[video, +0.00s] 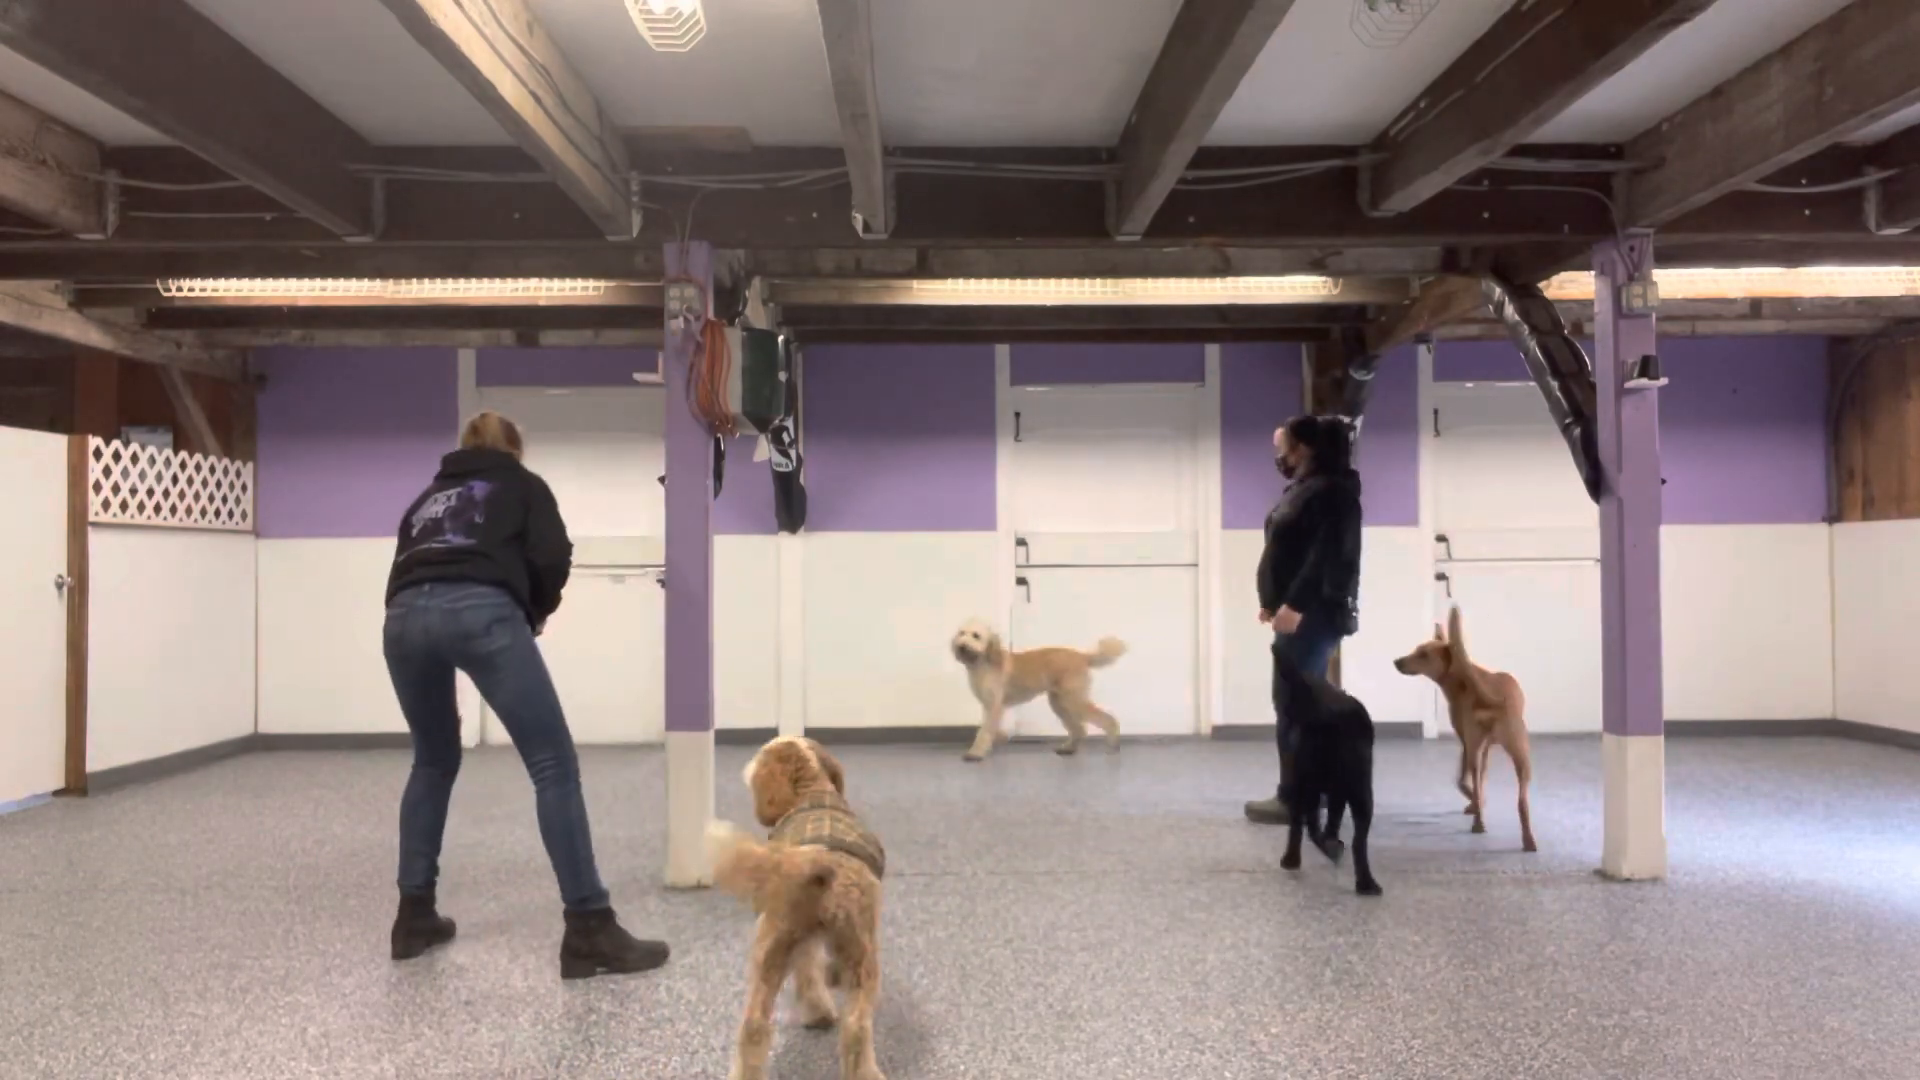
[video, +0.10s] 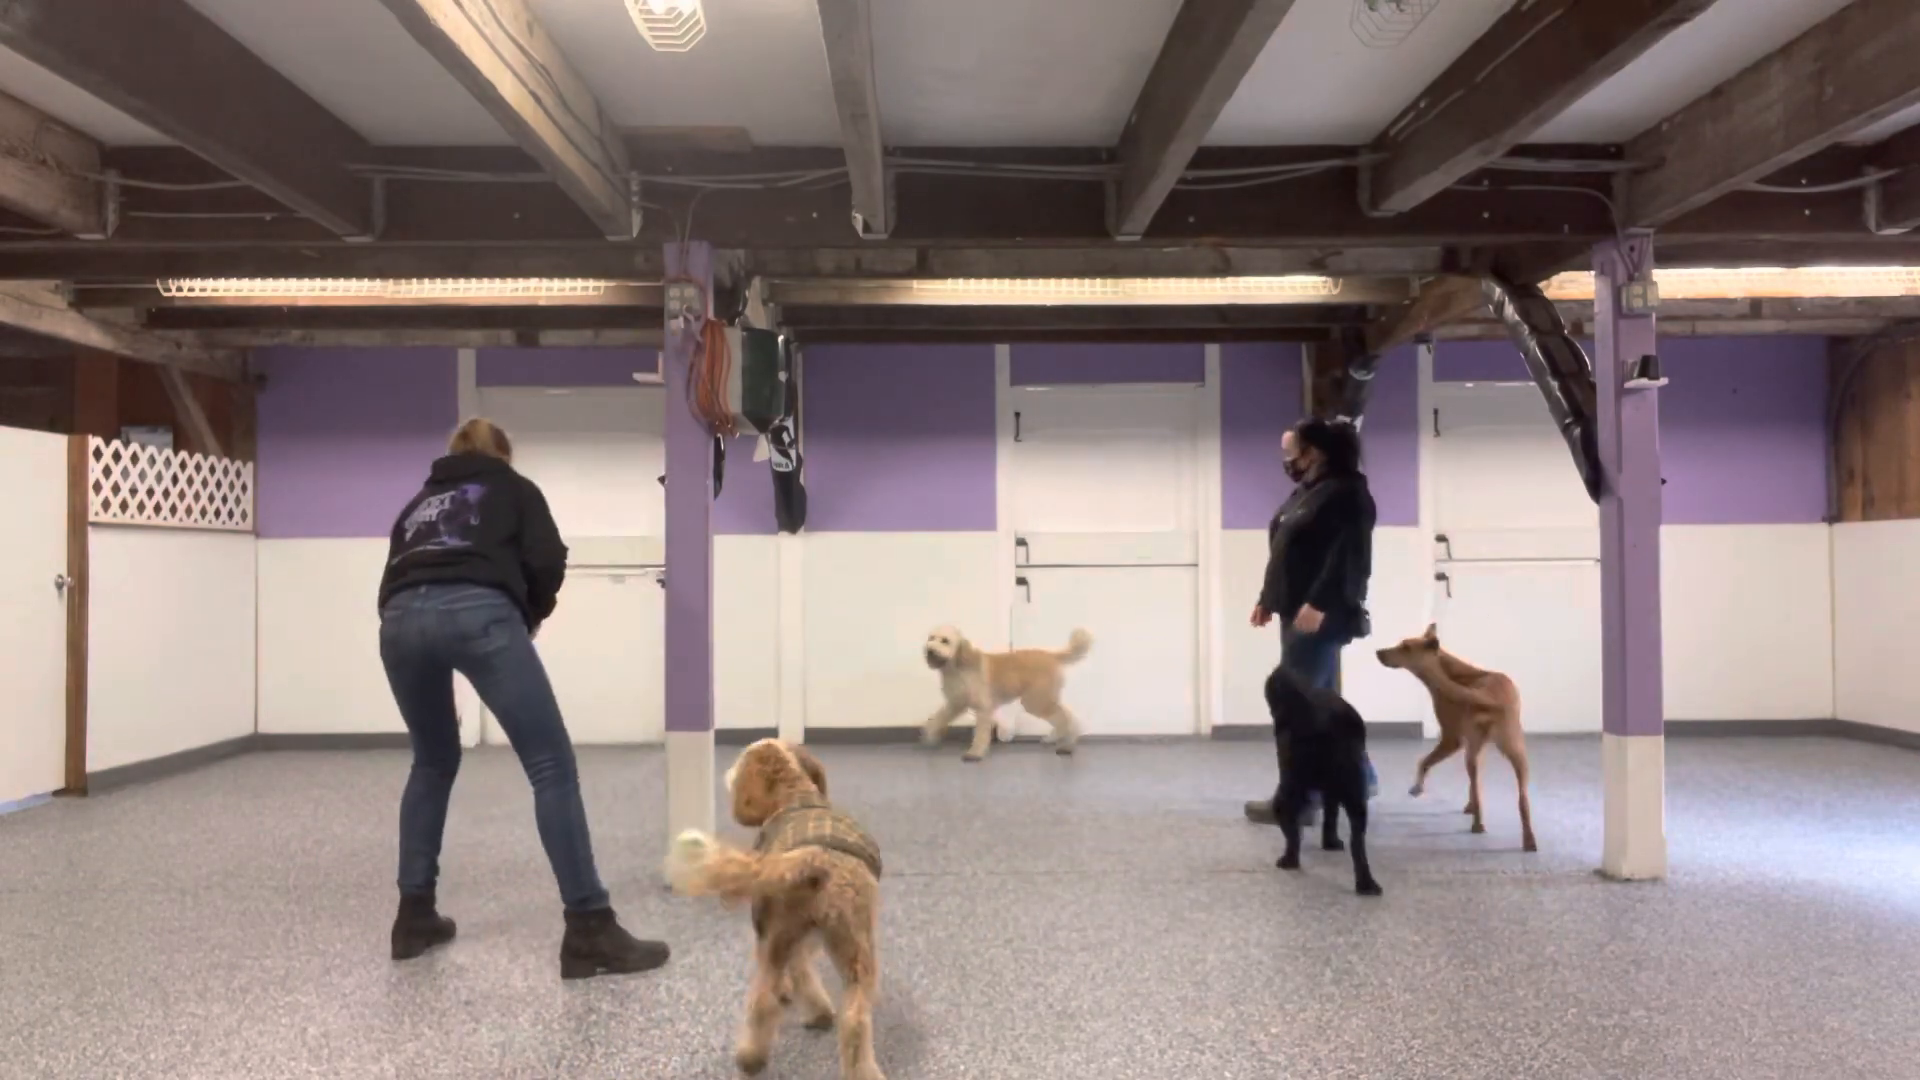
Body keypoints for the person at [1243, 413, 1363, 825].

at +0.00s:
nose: (1282, 457)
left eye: (1287, 448)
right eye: (1282, 449)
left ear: (1307, 448)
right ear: (1305, 450)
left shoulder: (1333, 489)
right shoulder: (1301, 488)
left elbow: (1327, 554)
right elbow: (1290, 549)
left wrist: (1296, 604)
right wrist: (1271, 598)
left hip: (1315, 616)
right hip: (1295, 614)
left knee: (1294, 704)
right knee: (1292, 703)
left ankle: (1294, 795)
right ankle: (1294, 792)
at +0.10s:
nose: (1292, 460)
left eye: (1298, 452)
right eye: (1293, 453)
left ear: (1317, 452)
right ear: (1313, 454)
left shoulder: (1347, 491)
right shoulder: (1305, 492)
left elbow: (1348, 556)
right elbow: (1287, 553)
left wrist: (1318, 602)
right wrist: (1268, 599)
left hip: (1323, 616)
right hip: (1299, 613)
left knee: (1296, 703)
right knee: (1317, 705)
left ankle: (1294, 798)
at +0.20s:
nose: (1304, 466)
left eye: (1310, 458)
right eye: (1303, 459)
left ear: (1330, 457)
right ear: (1319, 458)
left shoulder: (1367, 500)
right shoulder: (1307, 500)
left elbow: (1374, 559)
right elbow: (1286, 556)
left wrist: (1355, 605)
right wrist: (1263, 601)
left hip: (1338, 619)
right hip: (1303, 617)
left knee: (1310, 704)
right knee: (1335, 704)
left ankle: (1301, 797)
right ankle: (1363, 781)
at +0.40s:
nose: (1315, 466)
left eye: (1322, 458)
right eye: (1312, 459)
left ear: (1345, 453)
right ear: (1315, 458)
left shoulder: (1381, 493)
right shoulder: (1308, 497)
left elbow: (1408, 551)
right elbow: (1288, 551)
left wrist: (1409, 606)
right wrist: (1272, 603)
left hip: (1363, 610)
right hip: (1313, 613)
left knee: (1338, 690)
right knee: (1335, 694)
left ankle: (1334, 786)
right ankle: (1364, 784)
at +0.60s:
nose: (1322, 465)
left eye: (1329, 457)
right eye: (1316, 458)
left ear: (1354, 449)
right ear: (1313, 456)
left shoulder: (1392, 493)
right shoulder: (1312, 496)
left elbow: (1421, 546)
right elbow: (1293, 552)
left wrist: (1432, 597)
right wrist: (1278, 603)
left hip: (1376, 610)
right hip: (1322, 614)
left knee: (1365, 692)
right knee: (1339, 698)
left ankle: (1393, 780)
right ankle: (1355, 778)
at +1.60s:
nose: (1372, 461)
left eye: (1380, 453)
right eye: (1367, 454)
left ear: (1402, 450)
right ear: (1362, 453)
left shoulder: (1433, 491)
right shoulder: (1356, 492)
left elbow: (1453, 545)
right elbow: (1342, 544)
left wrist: (1417, 582)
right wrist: (1336, 591)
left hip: (1413, 603)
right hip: (1362, 604)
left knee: (1412, 691)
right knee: (1371, 693)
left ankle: (1419, 782)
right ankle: (1378, 774)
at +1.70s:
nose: (1372, 461)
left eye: (1379, 453)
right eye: (1367, 454)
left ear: (1402, 449)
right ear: (1360, 454)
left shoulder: (1430, 490)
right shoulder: (1355, 492)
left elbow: (1450, 545)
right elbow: (1342, 542)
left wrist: (1415, 584)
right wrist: (1340, 586)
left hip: (1411, 602)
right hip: (1361, 603)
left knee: (1411, 690)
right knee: (1370, 693)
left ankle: (1419, 782)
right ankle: (1378, 774)